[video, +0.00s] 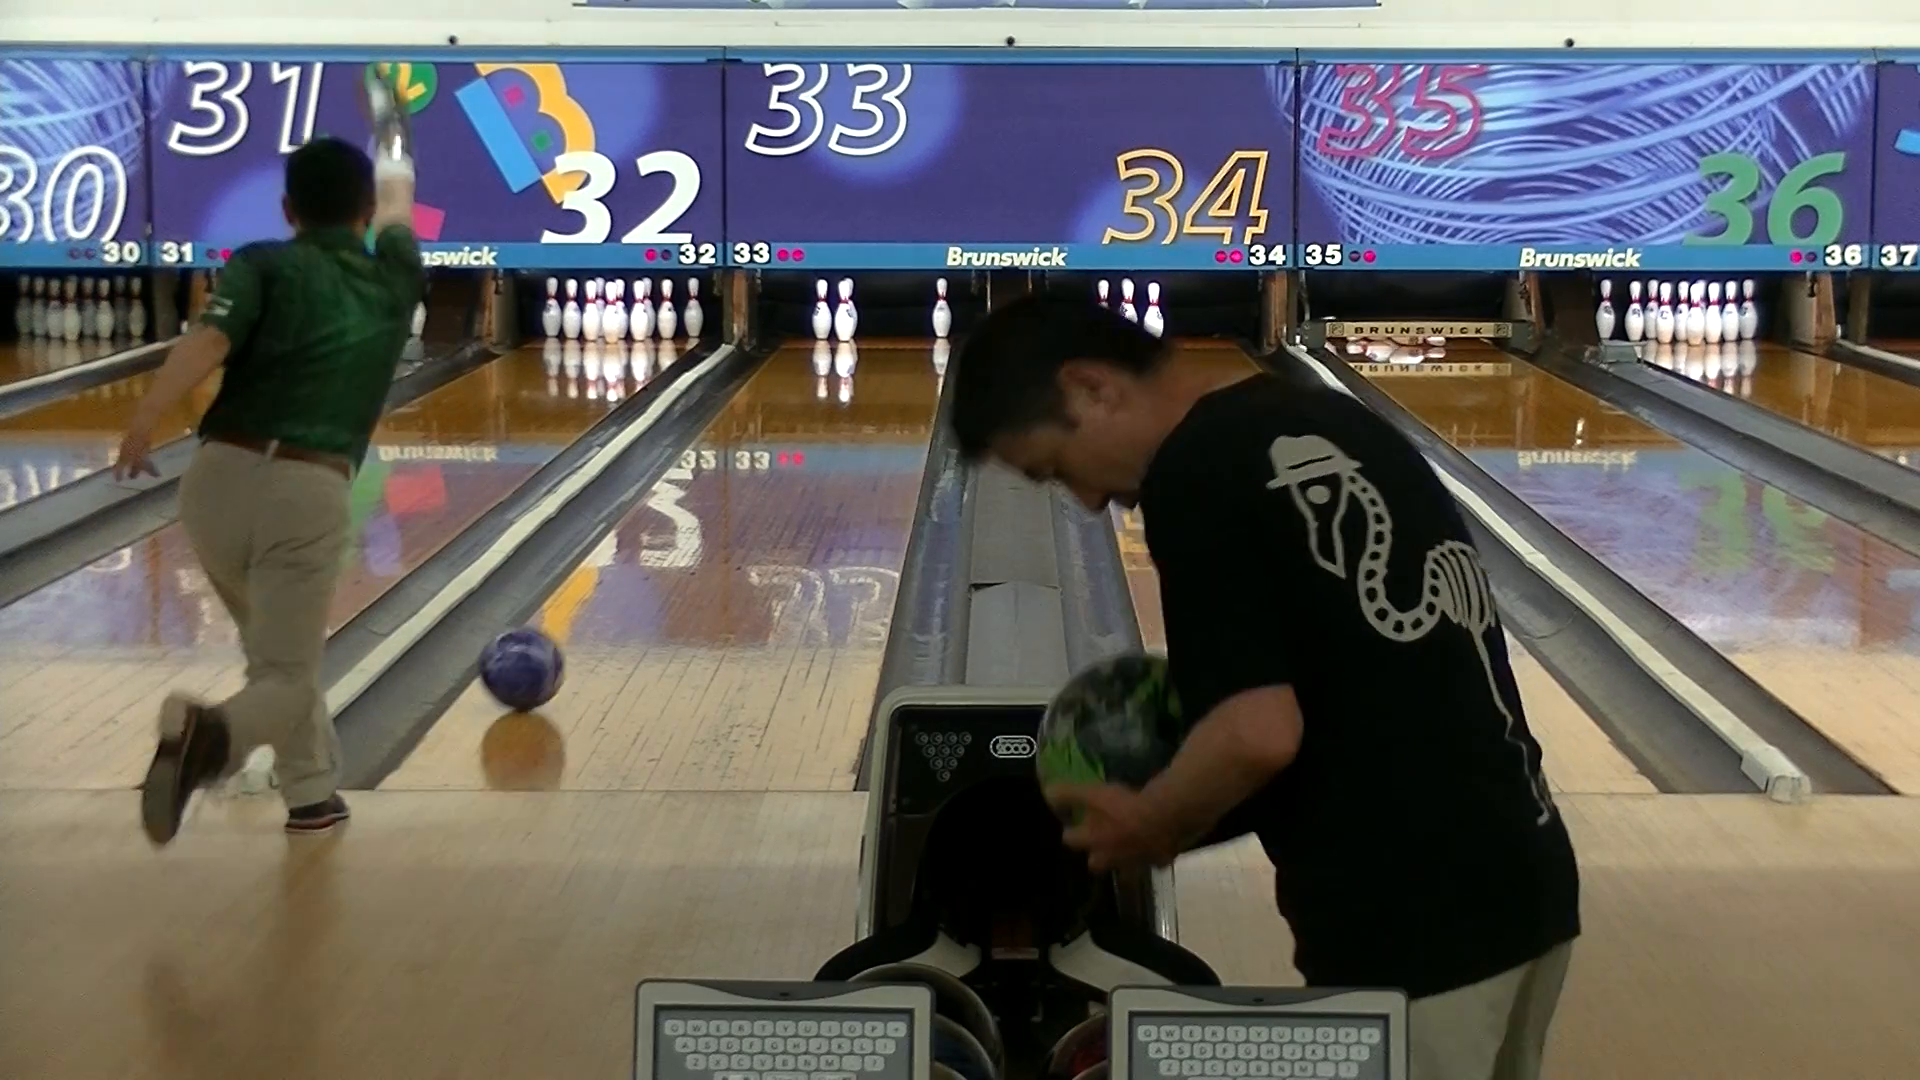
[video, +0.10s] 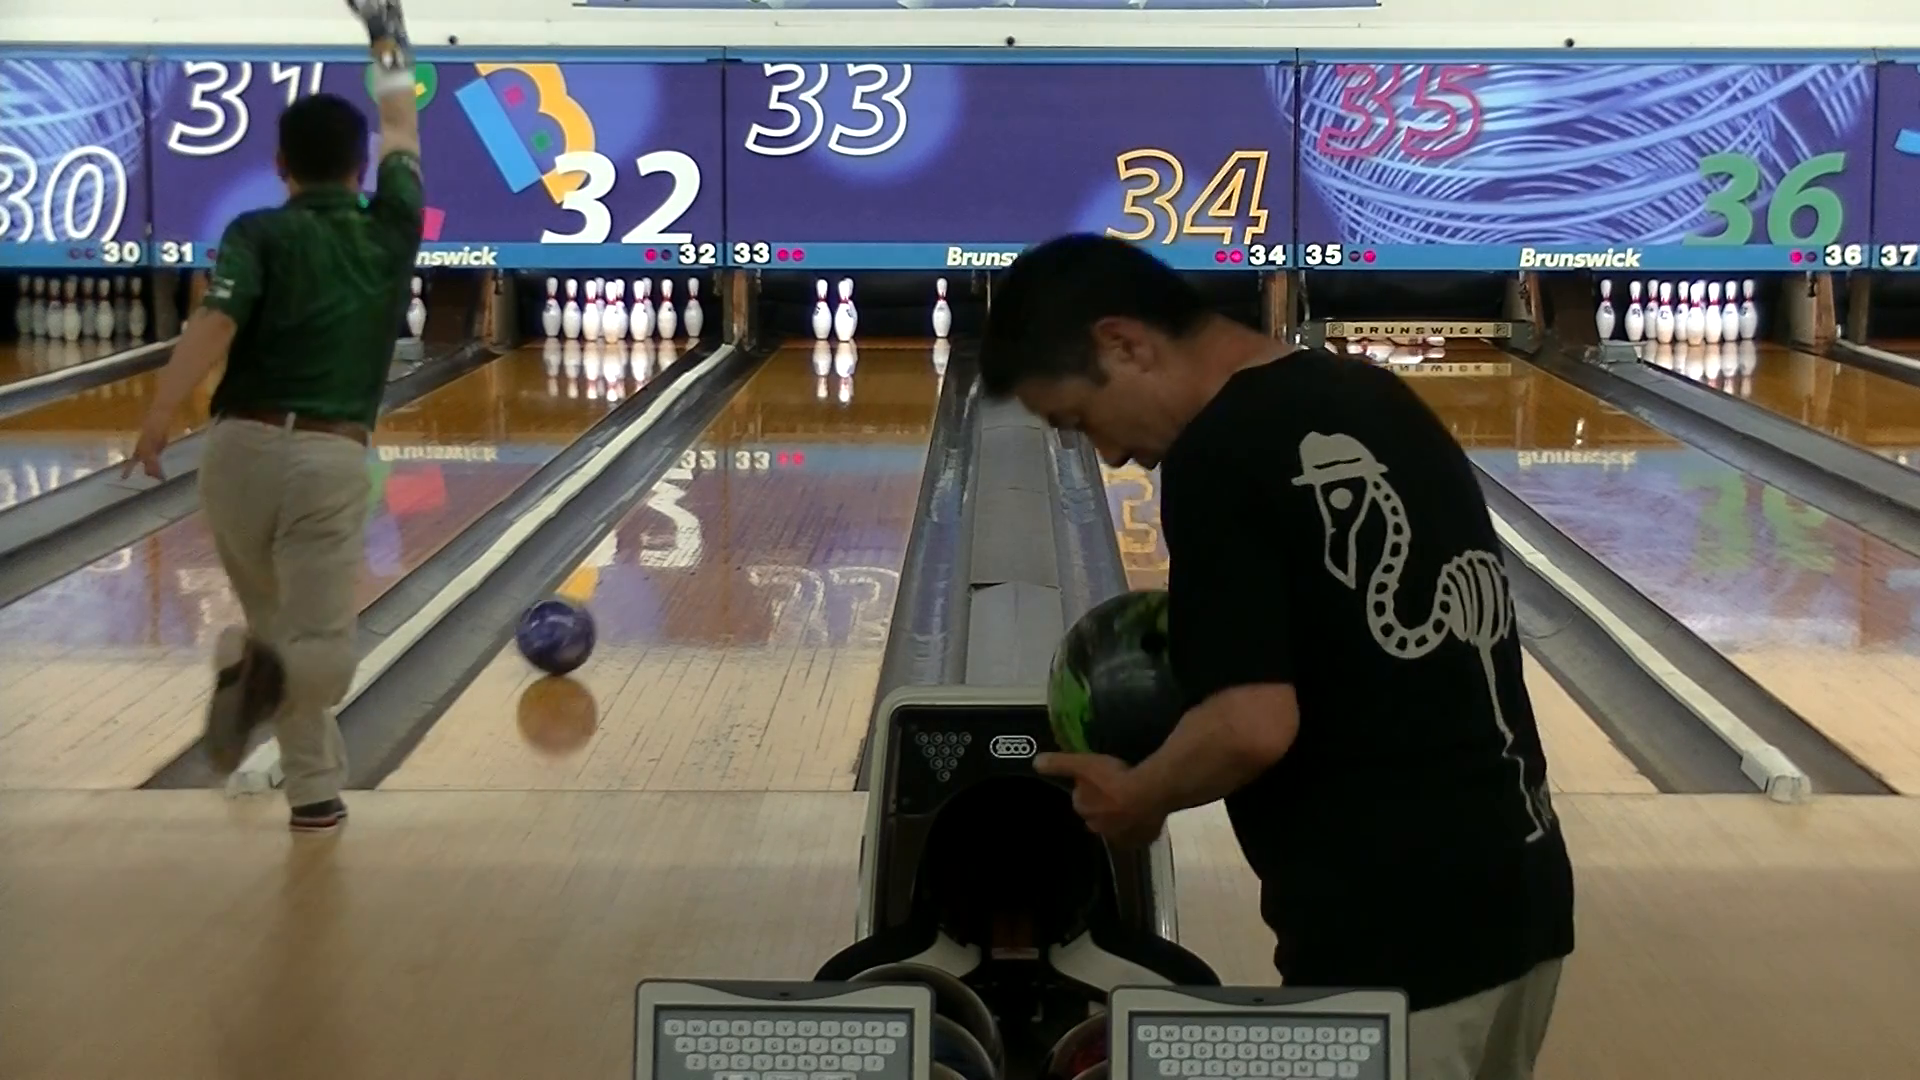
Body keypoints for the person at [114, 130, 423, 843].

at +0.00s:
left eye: (291, 195)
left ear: (290, 205)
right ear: (368, 210)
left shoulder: (260, 266)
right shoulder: (392, 278)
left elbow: (205, 346)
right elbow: (394, 205)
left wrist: (142, 422)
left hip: (217, 476)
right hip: (311, 489)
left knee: (275, 650)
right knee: (289, 673)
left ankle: (311, 796)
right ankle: (212, 739)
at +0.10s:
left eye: (288, 155)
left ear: (284, 164)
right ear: (359, 164)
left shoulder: (257, 235)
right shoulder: (389, 231)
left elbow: (212, 326)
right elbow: (399, 132)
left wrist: (160, 412)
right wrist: (391, 49)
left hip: (240, 449)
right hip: (335, 459)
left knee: (275, 631)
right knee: (330, 644)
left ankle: (314, 798)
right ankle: (260, 675)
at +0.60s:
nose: (289, 93)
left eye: (288, 84)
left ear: (294, 96)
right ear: (376, 95)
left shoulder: (267, 190)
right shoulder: (411, 174)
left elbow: (219, 312)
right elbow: (462, 86)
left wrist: (167, 404)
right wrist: (455, 22)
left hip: (287, 406)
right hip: (385, 406)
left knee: (293, 617)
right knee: (398, 584)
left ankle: (313, 797)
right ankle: (385, 692)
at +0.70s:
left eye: (306, 89)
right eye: (385, 87)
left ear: (306, 99)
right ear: (389, 97)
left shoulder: (269, 187)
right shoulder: (421, 183)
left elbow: (222, 309)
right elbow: (492, 172)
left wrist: (193, 395)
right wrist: (483, 97)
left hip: (294, 414)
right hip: (391, 413)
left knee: (300, 623)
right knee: (419, 604)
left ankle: (314, 799)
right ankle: (421, 766)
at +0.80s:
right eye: (412, 91)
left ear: (325, 102)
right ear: (411, 100)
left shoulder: (288, 187)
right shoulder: (452, 193)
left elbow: (237, 306)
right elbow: (475, 295)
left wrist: (220, 399)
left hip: (303, 421)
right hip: (400, 422)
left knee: (307, 625)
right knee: (434, 624)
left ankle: (313, 796)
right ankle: (440, 810)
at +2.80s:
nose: (377, 101)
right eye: (376, 88)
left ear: (284, 95)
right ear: (371, 95)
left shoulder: (232, 197)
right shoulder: (401, 208)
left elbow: (206, 339)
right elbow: (427, 352)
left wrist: (214, 442)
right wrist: (462, 450)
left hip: (264, 449)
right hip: (364, 451)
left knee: (289, 673)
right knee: (408, 664)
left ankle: (313, 874)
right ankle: (357, 839)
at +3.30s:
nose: (394, 108)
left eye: (388, 92)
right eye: (389, 92)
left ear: (304, 102)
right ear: (368, 99)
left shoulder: (264, 197)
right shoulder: (350, 214)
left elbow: (240, 336)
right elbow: (404, 371)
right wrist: (444, 447)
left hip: (288, 460)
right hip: (334, 468)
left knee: (360, 661)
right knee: (329, 676)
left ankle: (342, 852)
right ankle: (280, 894)